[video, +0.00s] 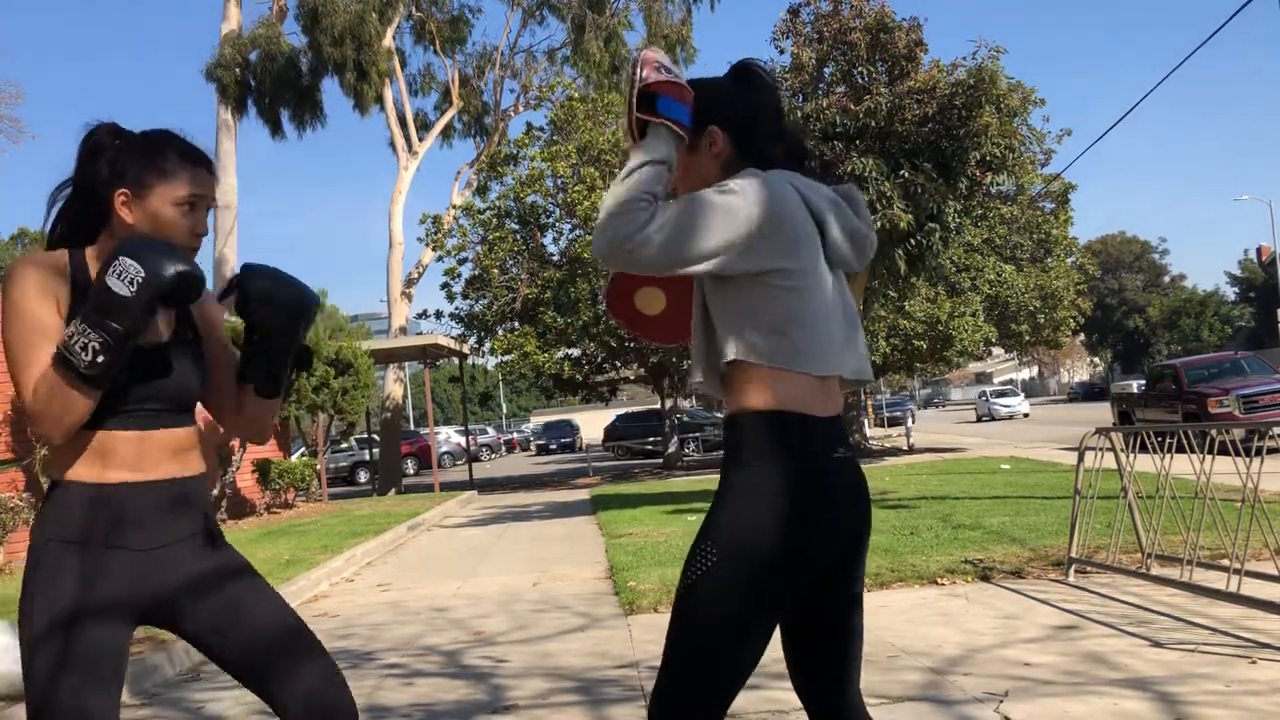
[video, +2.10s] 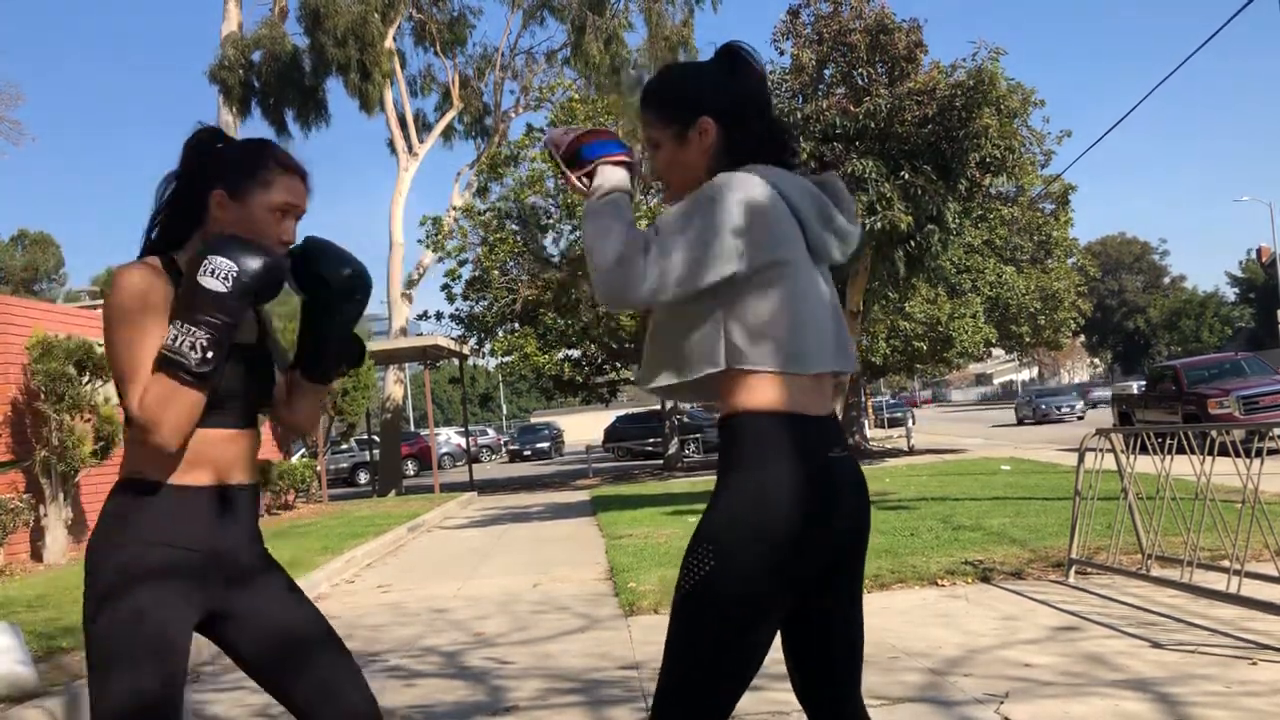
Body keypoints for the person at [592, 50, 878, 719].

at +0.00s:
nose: (677, 175)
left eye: (682, 153)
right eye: (673, 154)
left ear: (716, 144)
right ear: (758, 143)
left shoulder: (749, 200)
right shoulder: (808, 205)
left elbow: (617, 240)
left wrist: (661, 140)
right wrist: (659, 134)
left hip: (767, 482)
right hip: (833, 477)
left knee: (681, 706)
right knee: (836, 701)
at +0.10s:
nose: (651, 176)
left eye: (656, 154)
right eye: (649, 158)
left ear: (691, 146)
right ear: (739, 143)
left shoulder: (721, 202)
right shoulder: (793, 206)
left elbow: (582, 243)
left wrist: (630, 140)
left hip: (753, 483)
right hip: (827, 477)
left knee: (678, 705)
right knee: (836, 698)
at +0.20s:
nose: (629, 187)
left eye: (629, 166)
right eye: (624, 169)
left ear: (665, 146)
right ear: (694, 139)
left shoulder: (699, 202)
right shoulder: (778, 207)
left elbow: (567, 283)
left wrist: (572, 165)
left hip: (746, 473)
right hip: (822, 469)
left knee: (679, 703)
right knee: (840, 697)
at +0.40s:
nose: (633, 193)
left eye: (631, 172)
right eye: (626, 177)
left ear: (670, 148)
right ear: (676, 146)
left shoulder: (712, 203)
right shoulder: (785, 211)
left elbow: (653, 327)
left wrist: (583, 241)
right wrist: (595, 268)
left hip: (750, 479)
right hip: (825, 474)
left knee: (678, 704)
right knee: (835, 696)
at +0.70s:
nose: (672, 195)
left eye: (671, 171)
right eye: (664, 176)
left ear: (713, 146)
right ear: (725, 142)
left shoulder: (760, 200)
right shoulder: (824, 209)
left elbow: (653, 292)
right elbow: (675, 315)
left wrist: (633, 179)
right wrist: (635, 200)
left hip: (778, 474)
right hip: (844, 470)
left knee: (713, 703)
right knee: (842, 697)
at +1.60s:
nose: (647, 175)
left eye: (652, 152)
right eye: (643, 157)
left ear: (702, 137)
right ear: (708, 137)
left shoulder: (732, 203)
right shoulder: (789, 207)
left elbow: (660, 318)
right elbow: (677, 337)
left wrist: (567, 244)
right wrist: (579, 256)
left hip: (758, 485)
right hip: (816, 481)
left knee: (672, 707)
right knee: (833, 702)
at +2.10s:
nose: (649, 165)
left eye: (655, 146)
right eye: (646, 149)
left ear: (705, 135)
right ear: (711, 133)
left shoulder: (735, 199)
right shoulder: (789, 203)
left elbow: (620, 279)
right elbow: (656, 276)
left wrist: (610, 183)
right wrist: (609, 198)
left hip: (764, 480)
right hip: (829, 474)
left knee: (685, 706)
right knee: (836, 702)